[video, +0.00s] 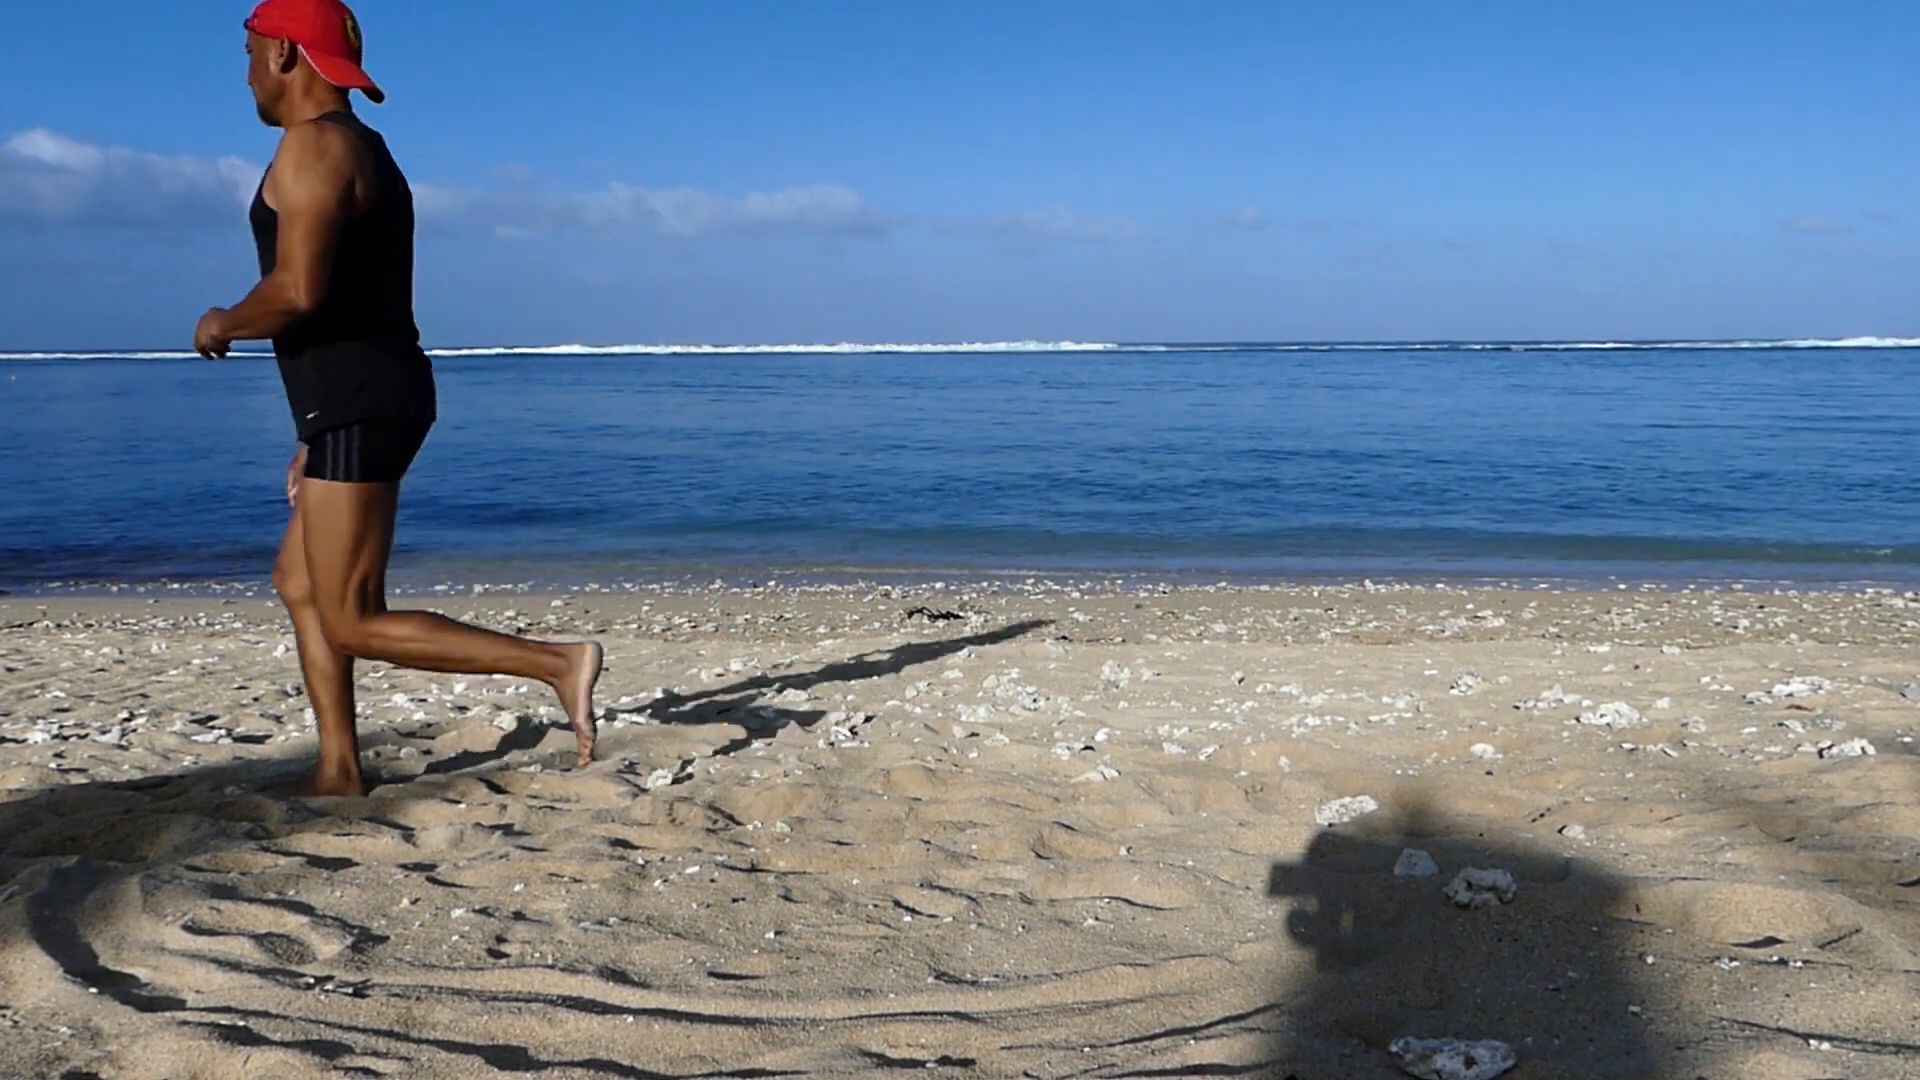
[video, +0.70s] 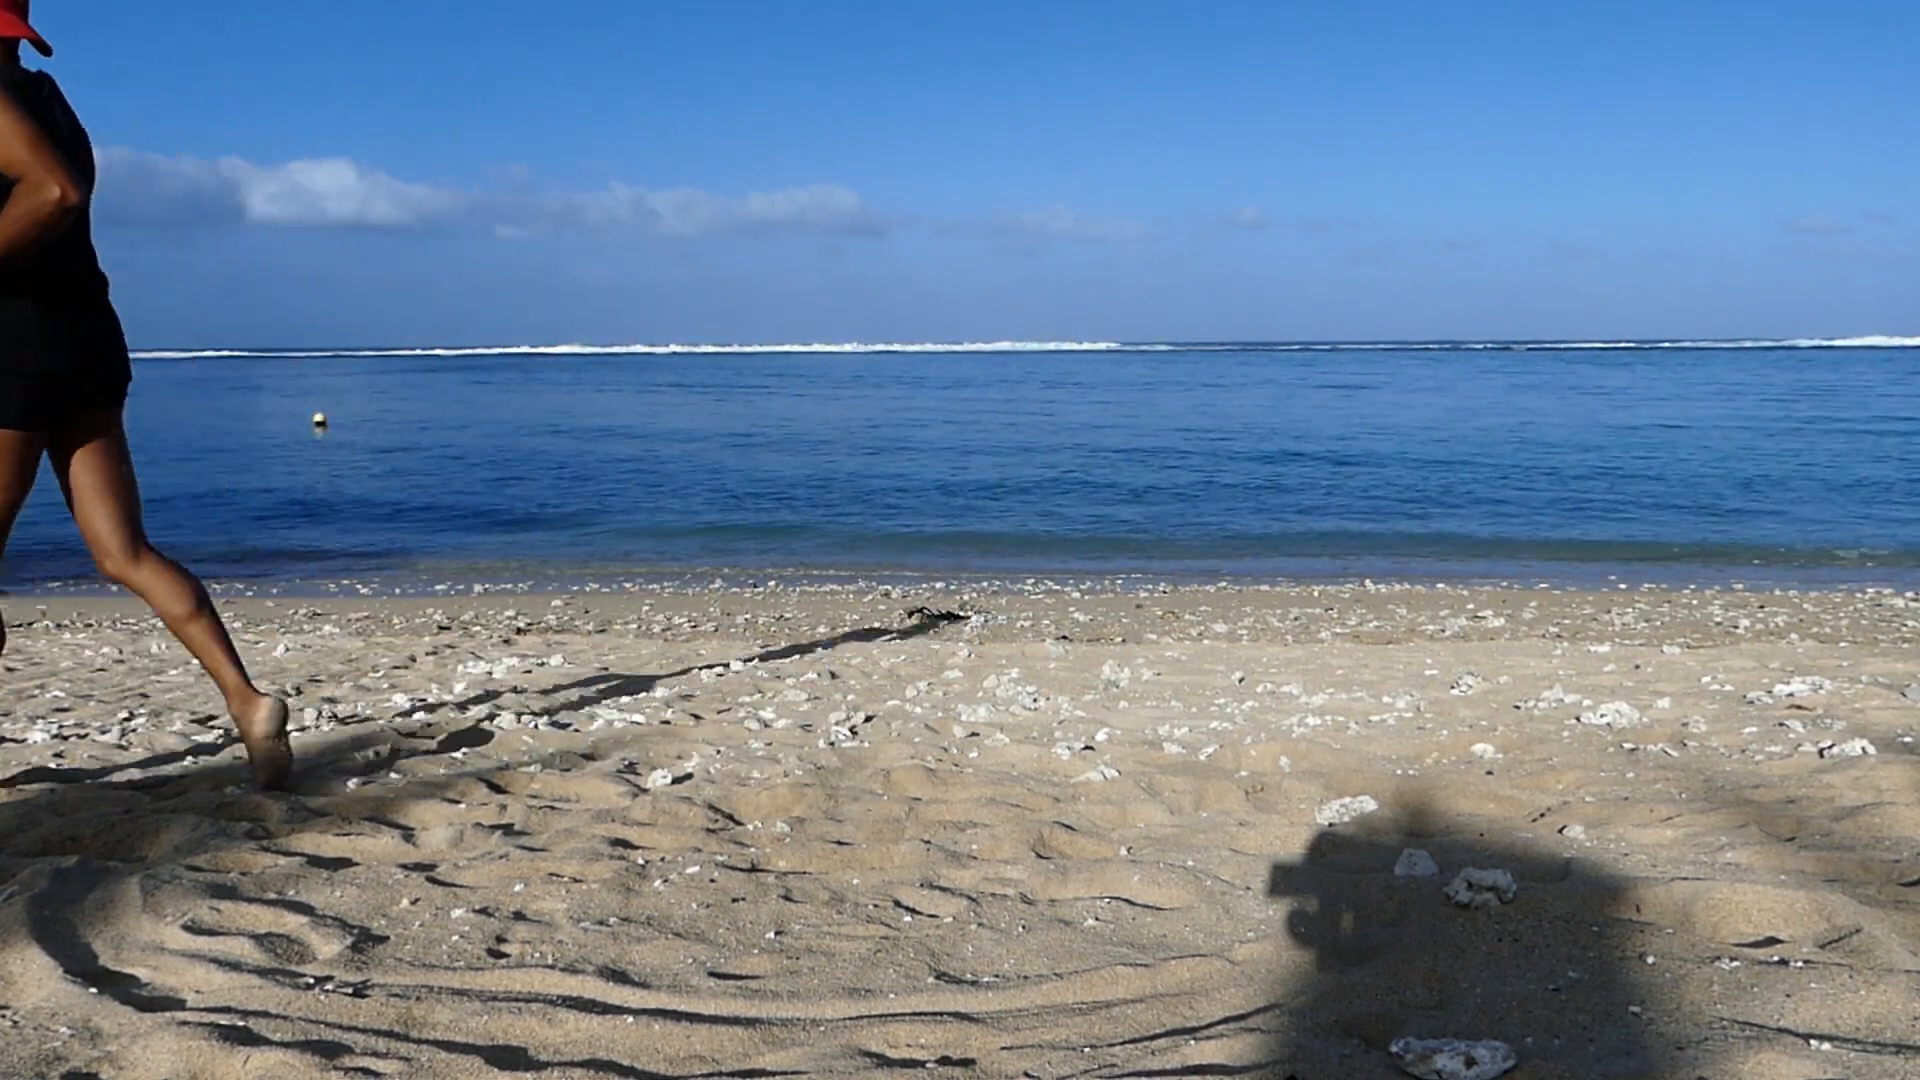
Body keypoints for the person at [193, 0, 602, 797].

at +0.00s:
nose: (249, 76)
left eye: (253, 58)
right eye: (251, 58)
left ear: (285, 59)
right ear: (318, 62)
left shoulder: (311, 151)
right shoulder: (361, 152)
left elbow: (296, 289)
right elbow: (368, 314)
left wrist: (225, 322)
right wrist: (320, 436)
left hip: (356, 401)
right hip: (376, 395)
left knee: (349, 622)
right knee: (299, 582)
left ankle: (561, 662)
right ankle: (340, 772)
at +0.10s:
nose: (193, 78)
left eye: (198, 60)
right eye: (195, 60)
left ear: (230, 63)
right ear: (273, 69)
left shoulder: (253, 155)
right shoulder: (312, 162)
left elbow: (287, 290)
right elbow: (304, 322)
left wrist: (193, 357)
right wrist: (221, 418)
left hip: (303, 407)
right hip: (348, 401)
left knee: (232, 606)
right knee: (284, 592)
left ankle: (435, 665)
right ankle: (337, 770)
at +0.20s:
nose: (156, 76)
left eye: (161, 58)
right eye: (160, 58)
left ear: (193, 61)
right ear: (232, 66)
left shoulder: (218, 150)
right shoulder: (277, 156)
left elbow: (274, 278)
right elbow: (236, 320)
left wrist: (184, 359)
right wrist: (148, 400)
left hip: (270, 406)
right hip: (322, 402)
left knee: (168, 582)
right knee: (271, 596)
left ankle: (350, 681)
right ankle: (335, 774)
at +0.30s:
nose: (99, 63)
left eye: (103, 44)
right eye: (102, 44)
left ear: (136, 46)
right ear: (173, 51)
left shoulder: (160, 131)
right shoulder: (222, 137)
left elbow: (239, 237)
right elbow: (181, 305)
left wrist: (153, 328)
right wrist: (61, 341)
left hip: (212, 389)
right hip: (276, 383)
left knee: (90, 546)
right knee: (266, 588)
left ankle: (224, 711)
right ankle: (337, 766)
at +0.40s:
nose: (57, 46)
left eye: (62, 29)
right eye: (59, 30)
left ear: (95, 32)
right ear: (122, 35)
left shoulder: (124, 112)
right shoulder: (171, 114)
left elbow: (209, 207)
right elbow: (139, 284)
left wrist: (128, 303)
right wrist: (26, 303)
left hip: (173, 368)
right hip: (238, 363)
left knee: (53, 538)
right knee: (259, 573)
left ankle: (143, 727)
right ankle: (334, 755)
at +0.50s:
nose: (4, 25)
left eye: (9, 11)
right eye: (9, 12)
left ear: (35, 16)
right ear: (78, 22)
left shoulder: (63, 90)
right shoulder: (123, 93)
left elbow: (157, 178)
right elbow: (112, 238)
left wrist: (73, 273)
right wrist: (15, 267)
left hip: (105, 351)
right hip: (183, 346)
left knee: (18, 540)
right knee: (228, 551)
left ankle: (32, 745)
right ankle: (310, 728)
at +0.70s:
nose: (7, 28)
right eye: (13, 22)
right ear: (17, 29)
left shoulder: (3, 92)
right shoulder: (49, 98)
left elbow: (53, 190)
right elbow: (68, 204)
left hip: (20, 344)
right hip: (86, 336)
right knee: (124, 550)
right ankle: (248, 700)